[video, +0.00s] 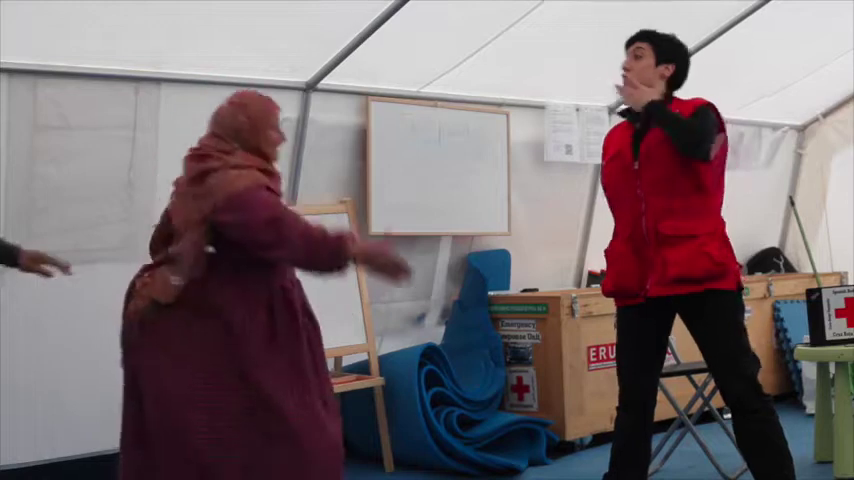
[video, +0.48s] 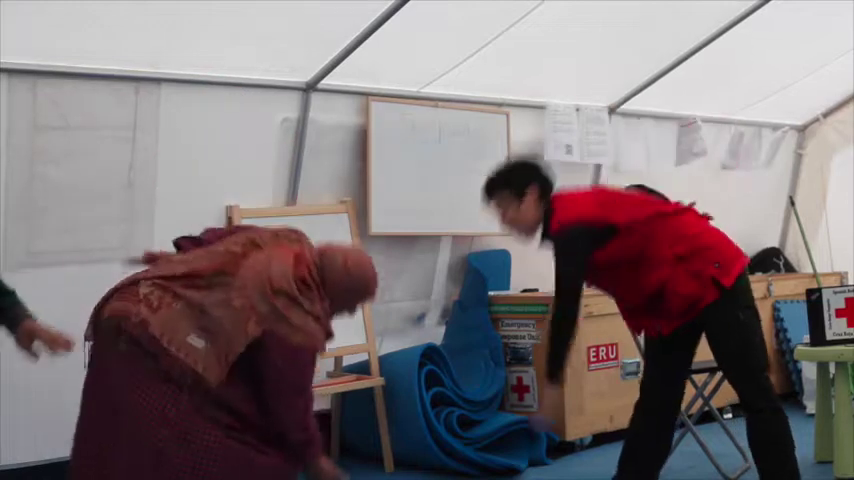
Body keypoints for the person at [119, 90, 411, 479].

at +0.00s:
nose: (281, 137)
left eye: (279, 128)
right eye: (274, 128)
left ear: (233, 132)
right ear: (249, 133)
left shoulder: (208, 173)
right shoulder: (234, 184)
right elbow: (286, 235)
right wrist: (354, 249)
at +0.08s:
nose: (299, 159)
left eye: (299, 151)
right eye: (296, 150)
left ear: (243, 141)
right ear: (274, 150)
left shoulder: (206, 184)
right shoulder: (251, 196)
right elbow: (290, 259)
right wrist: (364, 292)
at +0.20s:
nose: (325, 201)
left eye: (327, 191)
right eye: (323, 191)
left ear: (276, 169)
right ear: (307, 191)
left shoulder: (221, 191)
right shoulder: (276, 233)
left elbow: (165, 224)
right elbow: (305, 314)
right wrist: (361, 357)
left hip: (132, 321)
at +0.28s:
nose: (335, 236)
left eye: (337, 227)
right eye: (334, 227)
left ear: (296, 193)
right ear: (318, 225)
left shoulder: (243, 201)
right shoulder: (284, 263)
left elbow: (175, 217)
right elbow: (303, 347)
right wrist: (348, 393)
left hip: (121, 322)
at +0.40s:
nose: (345, 284)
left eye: (351, 276)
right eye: (347, 276)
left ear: (319, 228)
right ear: (335, 271)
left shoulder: (262, 223)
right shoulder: (292, 297)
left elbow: (182, 238)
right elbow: (296, 386)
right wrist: (327, 439)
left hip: (120, 319)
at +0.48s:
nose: (346, 310)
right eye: (350, 304)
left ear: (328, 250)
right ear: (343, 301)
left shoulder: (278, 239)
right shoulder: (297, 320)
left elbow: (193, 242)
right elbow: (290, 402)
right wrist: (314, 458)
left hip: (121, 311)